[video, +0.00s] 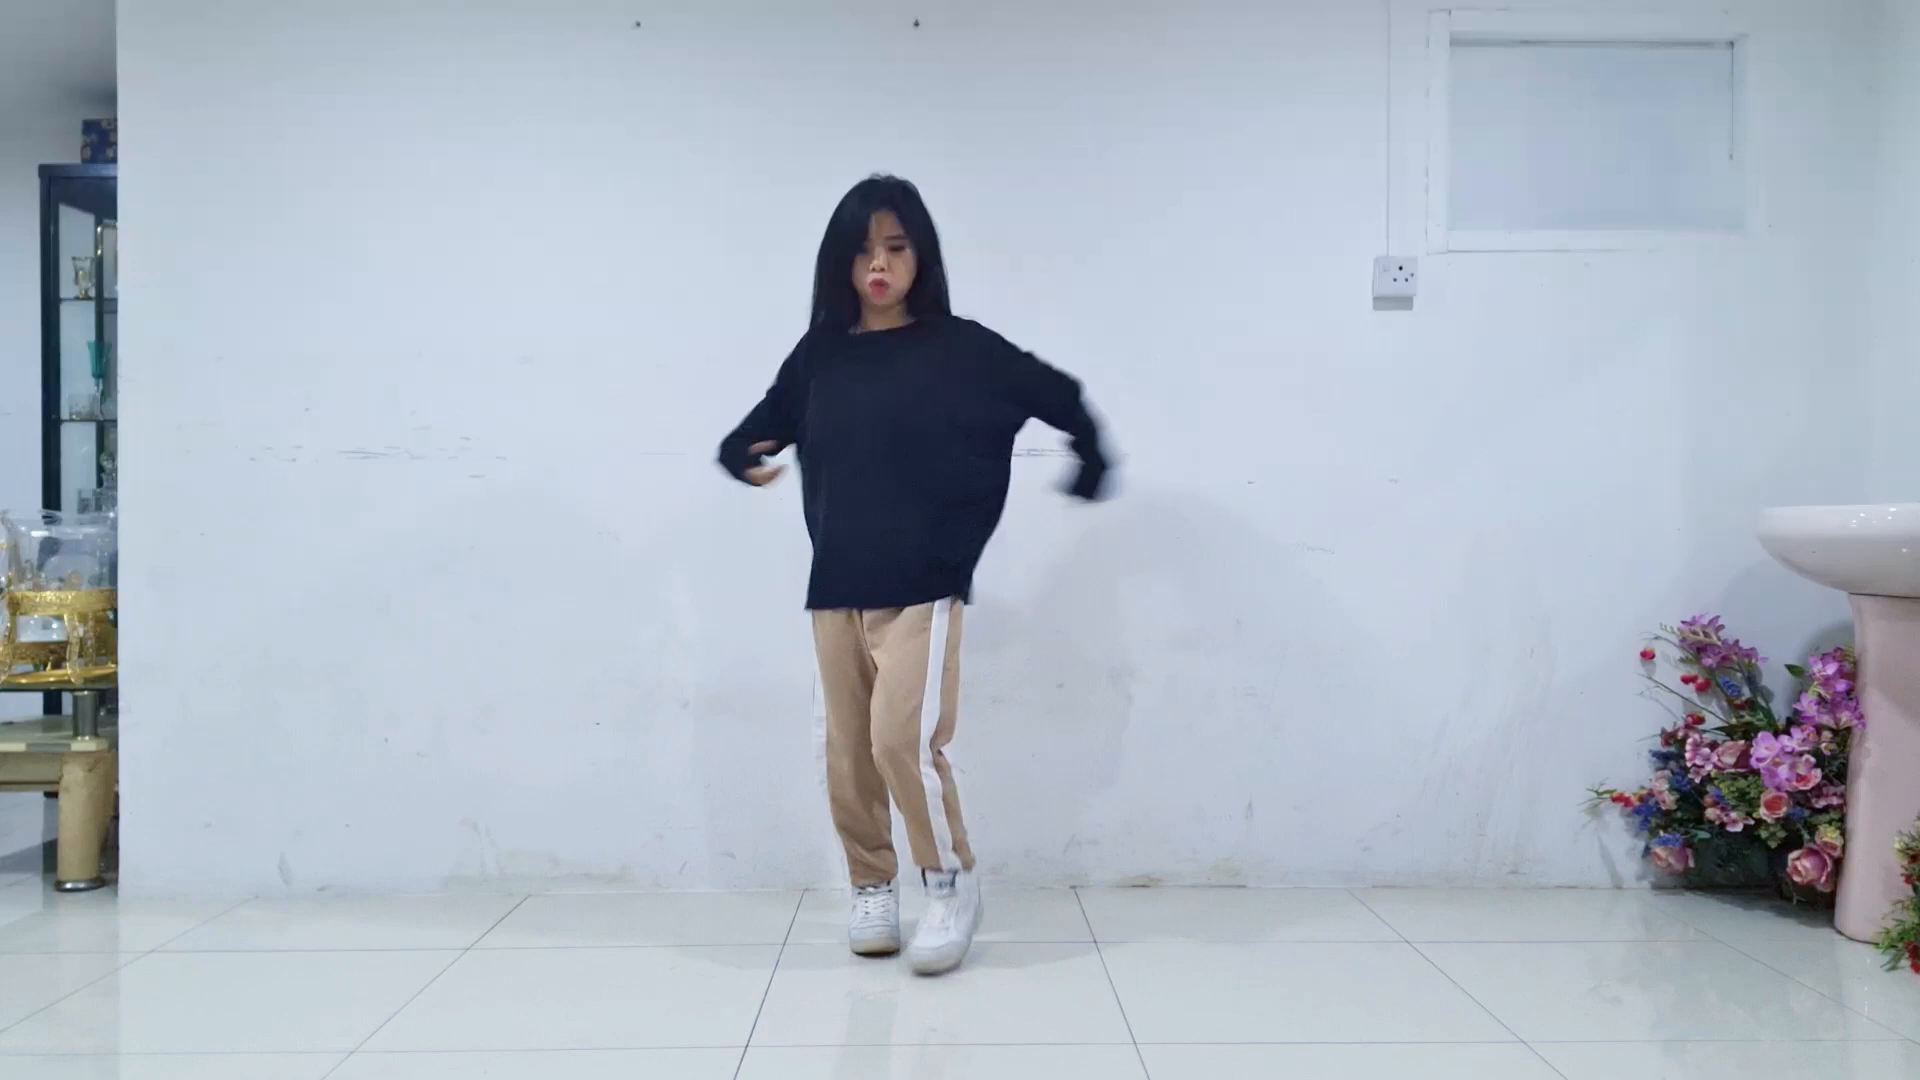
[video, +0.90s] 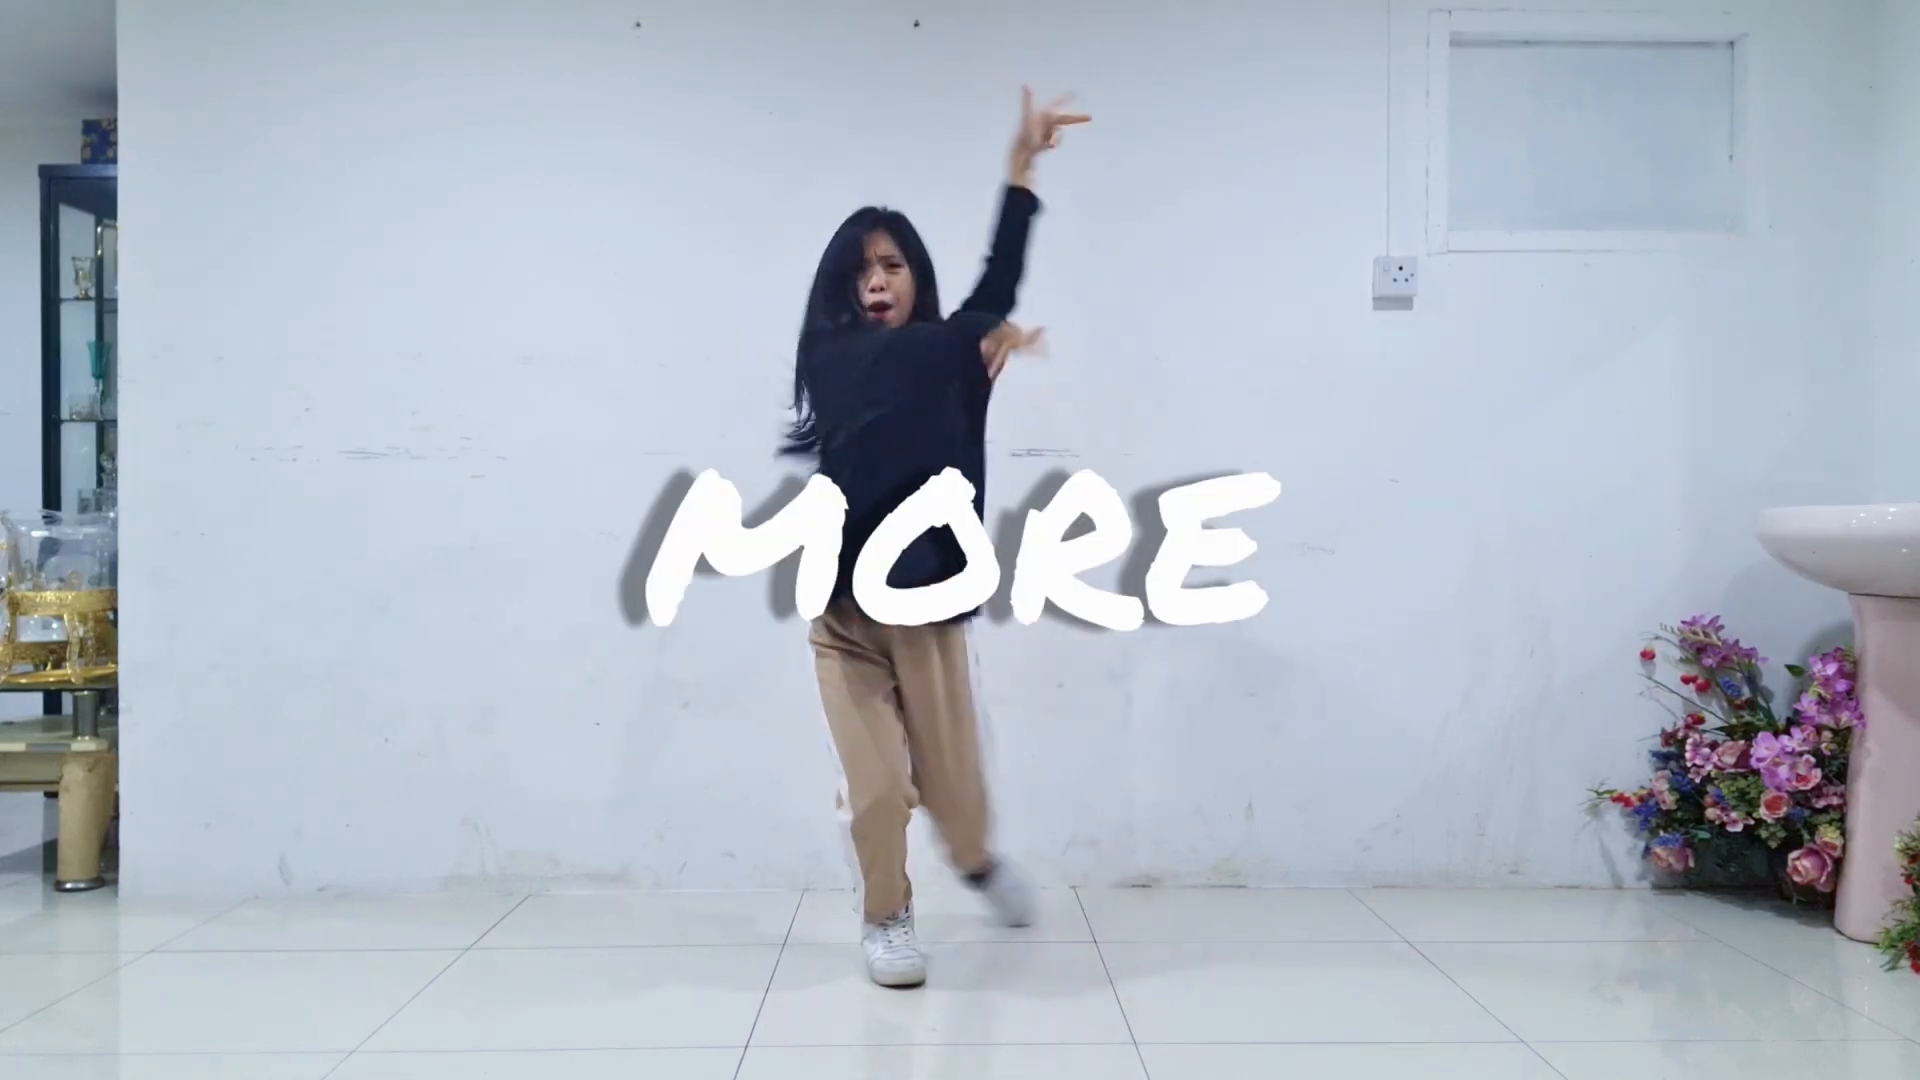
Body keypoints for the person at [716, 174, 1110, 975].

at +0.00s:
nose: (878, 263)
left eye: (895, 247)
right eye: (863, 248)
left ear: (922, 258)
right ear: (841, 259)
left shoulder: (965, 348)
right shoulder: (821, 352)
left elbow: (1058, 396)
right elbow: (776, 414)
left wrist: (1092, 454)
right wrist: (737, 450)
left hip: (927, 586)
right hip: (837, 587)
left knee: (902, 740)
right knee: (849, 748)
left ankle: (947, 885)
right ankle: (871, 889)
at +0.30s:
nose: (899, 284)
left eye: (914, 265)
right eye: (882, 269)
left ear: (942, 273)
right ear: (861, 283)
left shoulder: (973, 378)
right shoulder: (835, 380)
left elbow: (1001, 487)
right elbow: (766, 475)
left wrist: (1047, 440)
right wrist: (687, 521)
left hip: (947, 598)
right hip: (853, 600)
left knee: (929, 768)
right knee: (858, 782)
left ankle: (940, 916)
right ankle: (872, 886)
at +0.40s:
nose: (899, 274)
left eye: (915, 256)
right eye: (884, 258)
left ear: (942, 266)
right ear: (864, 270)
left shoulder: (978, 364)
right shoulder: (832, 365)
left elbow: (1039, 371)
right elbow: (812, 475)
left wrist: (1040, 293)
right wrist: (757, 446)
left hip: (944, 593)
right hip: (846, 593)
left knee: (934, 759)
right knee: (851, 763)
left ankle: (943, 914)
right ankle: (880, 863)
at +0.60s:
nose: (878, 215)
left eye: (892, 195)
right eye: (858, 201)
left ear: (922, 199)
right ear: (831, 214)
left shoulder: (955, 259)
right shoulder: (823, 289)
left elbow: (978, 162)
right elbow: (856, 355)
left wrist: (926, 57)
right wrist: (944, 376)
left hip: (952, 505)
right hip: (859, 521)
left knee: (996, 706)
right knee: (887, 727)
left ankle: (1041, 890)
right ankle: (894, 905)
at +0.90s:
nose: (878, 282)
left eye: (891, 266)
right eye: (860, 271)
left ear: (919, 273)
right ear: (840, 286)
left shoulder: (959, 339)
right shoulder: (828, 355)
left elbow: (1001, 273)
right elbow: (894, 363)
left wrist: (1023, 164)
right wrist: (980, 344)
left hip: (932, 607)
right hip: (842, 610)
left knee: (957, 796)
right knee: (880, 784)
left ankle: (977, 865)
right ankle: (887, 919)